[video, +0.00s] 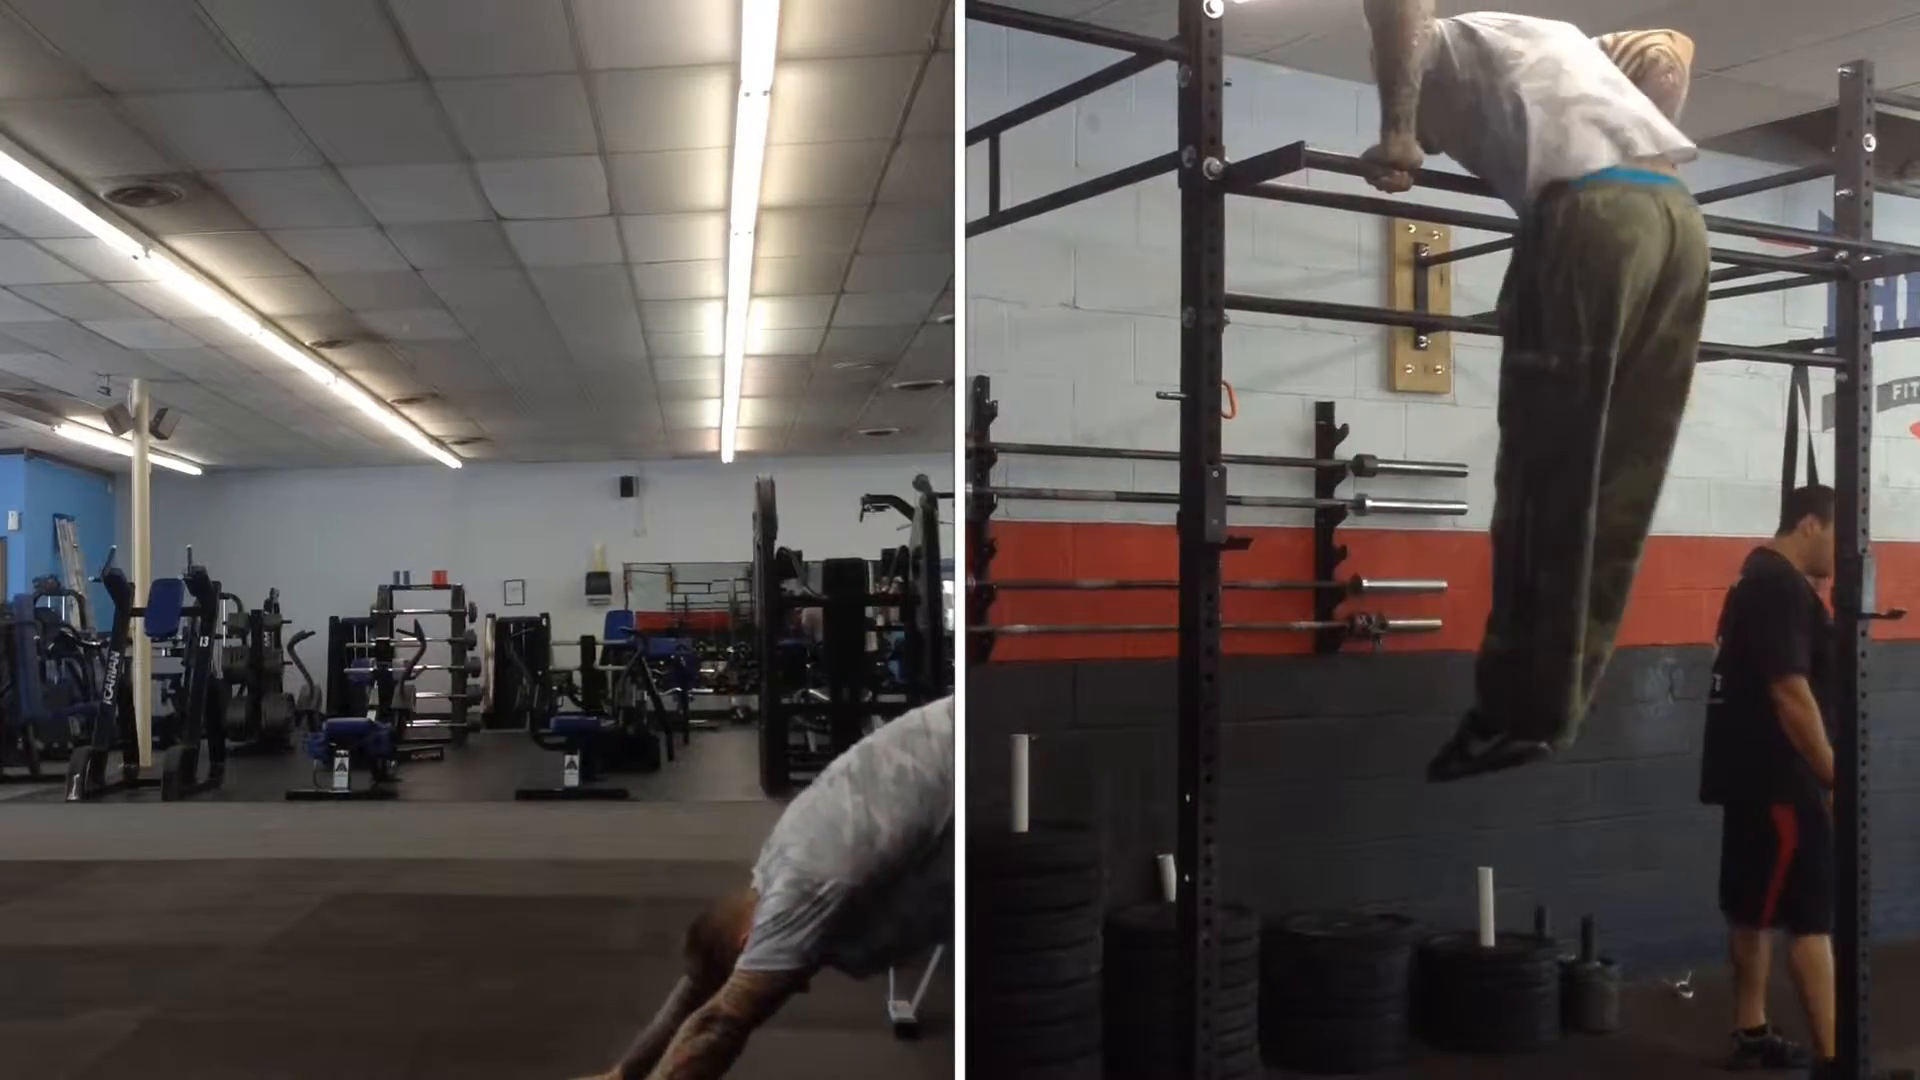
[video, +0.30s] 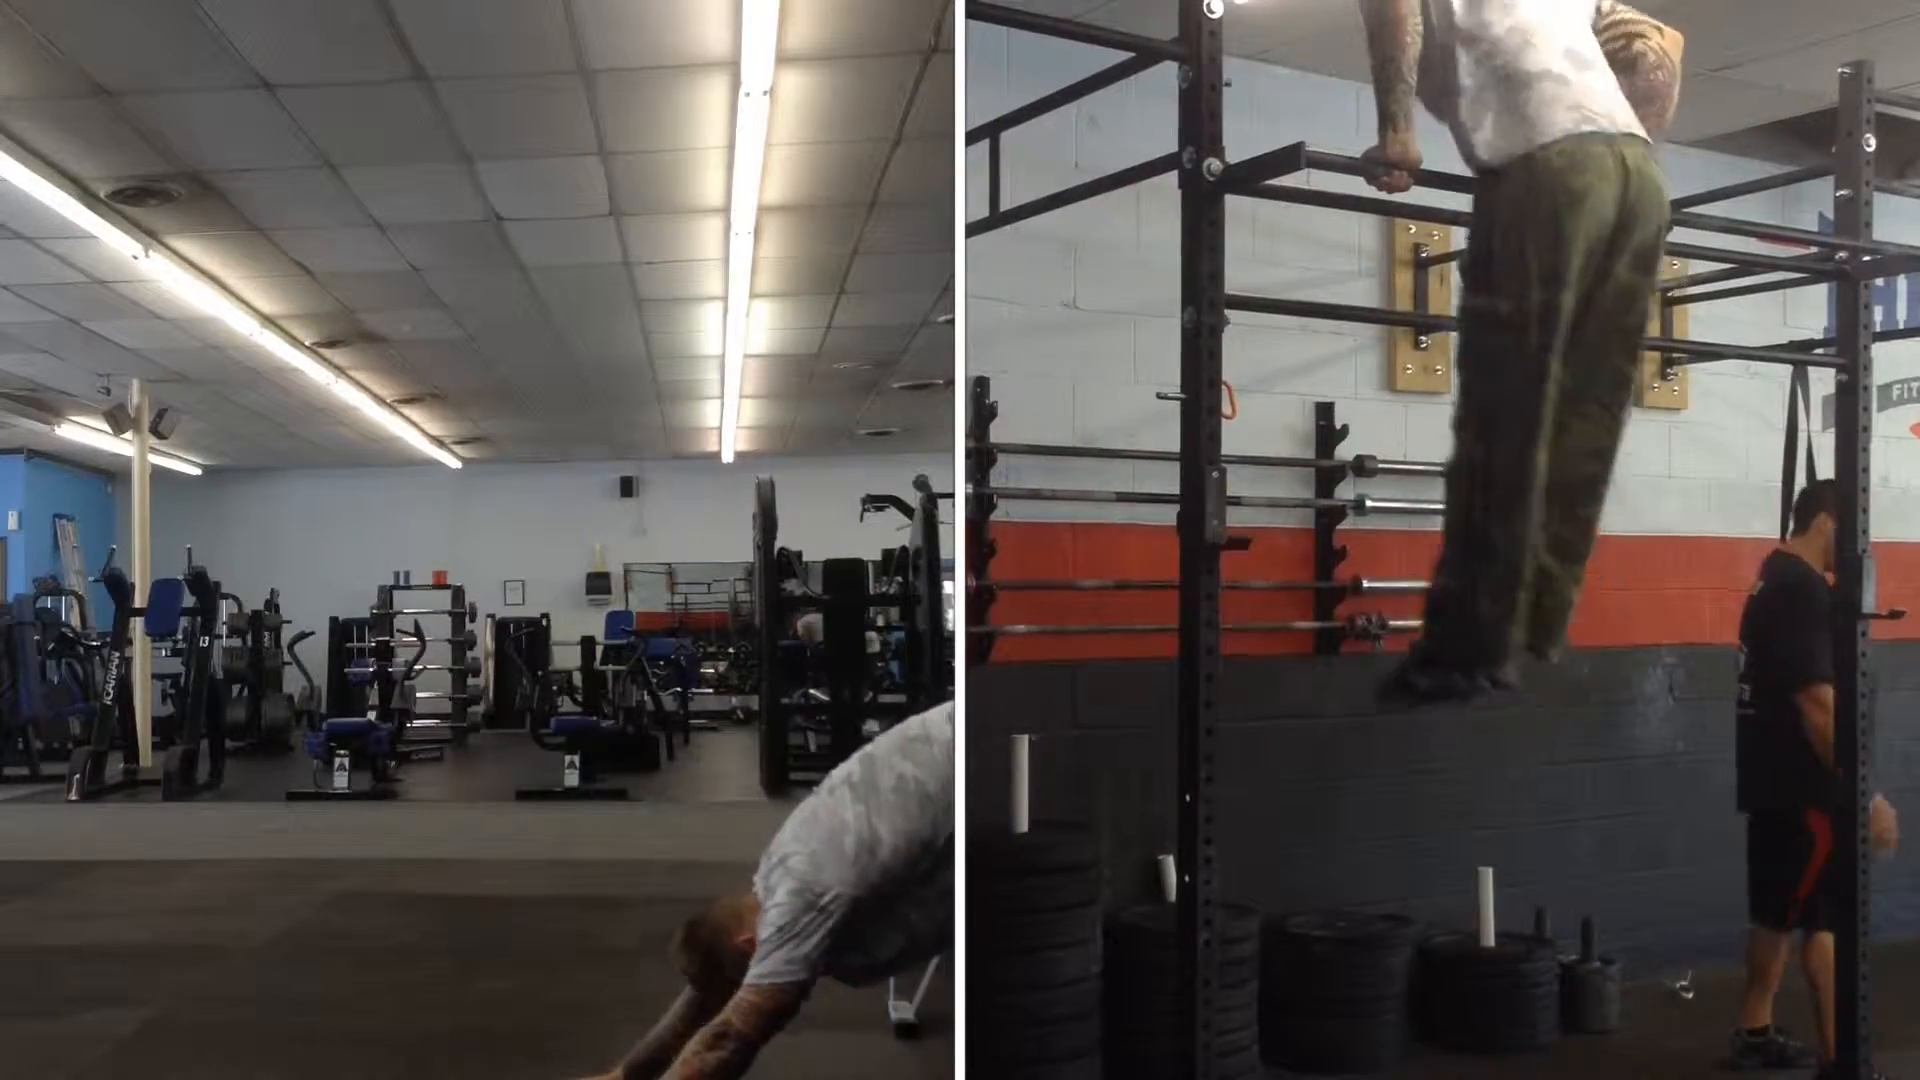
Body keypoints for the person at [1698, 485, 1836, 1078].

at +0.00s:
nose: (1841, 553)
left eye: (1843, 540)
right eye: (1839, 538)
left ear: (1802, 526)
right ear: (1810, 526)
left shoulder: (1760, 581)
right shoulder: (1781, 585)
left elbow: (1772, 690)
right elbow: (1786, 693)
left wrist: (1820, 769)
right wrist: (1835, 773)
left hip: (1750, 774)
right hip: (1784, 777)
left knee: (1749, 910)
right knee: (1811, 920)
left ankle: (1752, 1032)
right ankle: (1832, 1051)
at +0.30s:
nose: (1856, 548)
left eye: (1859, 536)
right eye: (1854, 534)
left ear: (1817, 520)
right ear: (1826, 523)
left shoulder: (1782, 579)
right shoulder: (1802, 589)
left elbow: (1801, 698)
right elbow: (1816, 702)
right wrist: (1861, 794)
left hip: (1776, 778)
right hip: (1804, 783)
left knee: (1775, 913)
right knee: (1823, 920)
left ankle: (1755, 1031)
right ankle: (1838, 1051)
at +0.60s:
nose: (1877, 531)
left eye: (1877, 518)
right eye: (1871, 517)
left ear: (1821, 513)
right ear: (1841, 515)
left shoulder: (1785, 581)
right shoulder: (1829, 587)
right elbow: (1860, 696)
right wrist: (1911, 781)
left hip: (1799, 777)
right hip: (1836, 783)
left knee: (1824, 913)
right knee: (1841, 924)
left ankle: (1785, 1005)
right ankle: (1844, 1054)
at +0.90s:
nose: (1896, 533)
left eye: (1896, 520)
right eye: (1888, 519)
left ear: (1841, 518)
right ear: (1850, 518)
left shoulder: (1809, 579)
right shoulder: (1841, 589)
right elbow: (1872, 706)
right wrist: (1915, 769)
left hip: (1811, 783)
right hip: (1839, 790)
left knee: (1833, 930)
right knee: (1842, 932)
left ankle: (1840, 1053)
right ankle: (1843, 1056)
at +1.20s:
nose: (1908, 528)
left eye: (1907, 516)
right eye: (1899, 516)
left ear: (1862, 522)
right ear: (1862, 518)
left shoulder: (1817, 579)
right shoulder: (1857, 589)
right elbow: (1869, 704)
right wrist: (1906, 800)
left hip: (1816, 787)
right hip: (1850, 794)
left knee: (1836, 929)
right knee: (1859, 931)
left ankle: (1842, 1048)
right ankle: (1848, 1053)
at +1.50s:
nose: (1910, 524)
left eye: (1908, 511)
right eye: (1900, 511)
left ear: (1865, 519)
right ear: (1865, 517)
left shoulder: (1829, 579)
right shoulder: (1861, 589)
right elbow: (1882, 702)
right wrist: (1914, 775)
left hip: (1842, 781)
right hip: (1864, 790)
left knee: (1862, 922)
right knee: (1865, 925)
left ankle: (1854, 1041)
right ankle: (1852, 1048)